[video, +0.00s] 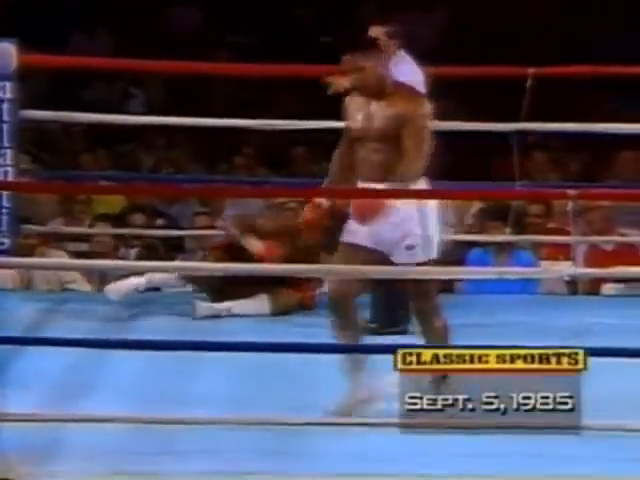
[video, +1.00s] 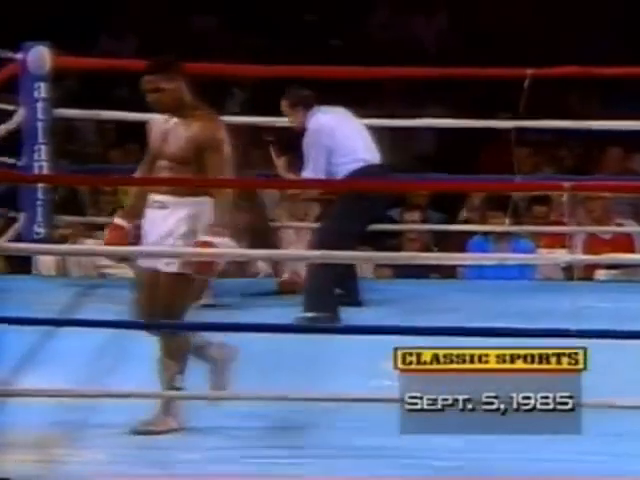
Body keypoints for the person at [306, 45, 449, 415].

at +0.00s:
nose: (355, 80)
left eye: (361, 72)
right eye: (351, 73)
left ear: (381, 69)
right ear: (349, 77)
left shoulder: (412, 106)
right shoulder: (354, 104)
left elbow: (415, 162)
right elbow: (346, 152)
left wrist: (382, 195)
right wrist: (327, 196)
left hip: (408, 209)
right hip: (365, 209)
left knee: (422, 301)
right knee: (339, 292)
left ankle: (444, 379)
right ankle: (359, 385)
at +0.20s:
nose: (300, 95)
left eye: (305, 86)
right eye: (297, 89)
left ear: (328, 82)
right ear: (304, 92)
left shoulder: (359, 120)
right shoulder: (310, 124)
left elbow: (358, 175)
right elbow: (308, 171)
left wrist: (317, 183)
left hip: (364, 217)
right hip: (323, 219)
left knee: (396, 314)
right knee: (298, 307)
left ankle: (431, 385)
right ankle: (277, 398)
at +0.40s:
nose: (247, 90)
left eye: (252, 82)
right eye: (244, 84)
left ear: (275, 77)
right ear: (253, 84)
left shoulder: (308, 115)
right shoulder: (258, 118)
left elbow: (317, 174)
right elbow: (262, 171)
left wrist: (295, 223)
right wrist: (237, 213)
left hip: (305, 213)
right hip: (263, 213)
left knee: (308, 316)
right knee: (258, 309)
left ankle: (368, 361)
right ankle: (265, 402)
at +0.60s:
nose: (214, 86)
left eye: (219, 78)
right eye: (211, 80)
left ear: (241, 74)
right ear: (213, 83)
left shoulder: (272, 113)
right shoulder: (219, 113)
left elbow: (299, 163)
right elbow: (214, 161)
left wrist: (302, 215)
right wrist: (195, 206)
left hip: (262, 209)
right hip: (227, 209)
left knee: (235, 299)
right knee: (249, 300)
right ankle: (266, 388)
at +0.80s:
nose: (179, 102)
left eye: (184, 93)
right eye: (175, 95)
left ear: (204, 89)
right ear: (175, 97)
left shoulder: (238, 131)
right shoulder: (184, 128)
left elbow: (266, 182)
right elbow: (173, 173)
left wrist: (267, 233)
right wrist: (148, 216)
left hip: (224, 222)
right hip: (188, 220)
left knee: (187, 310)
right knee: (226, 309)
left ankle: (162, 408)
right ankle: (265, 388)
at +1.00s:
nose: (155, 99)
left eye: (160, 91)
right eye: (150, 93)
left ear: (180, 86)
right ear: (149, 95)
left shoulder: (209, 128)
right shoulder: (158, 125)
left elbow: (222, 187)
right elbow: (145, 173)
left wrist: (213, 236)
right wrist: (125, 219)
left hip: (188, 220)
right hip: (155, 219)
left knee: (167, 318)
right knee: (150, 314)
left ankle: (169, 409)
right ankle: (214, 353)